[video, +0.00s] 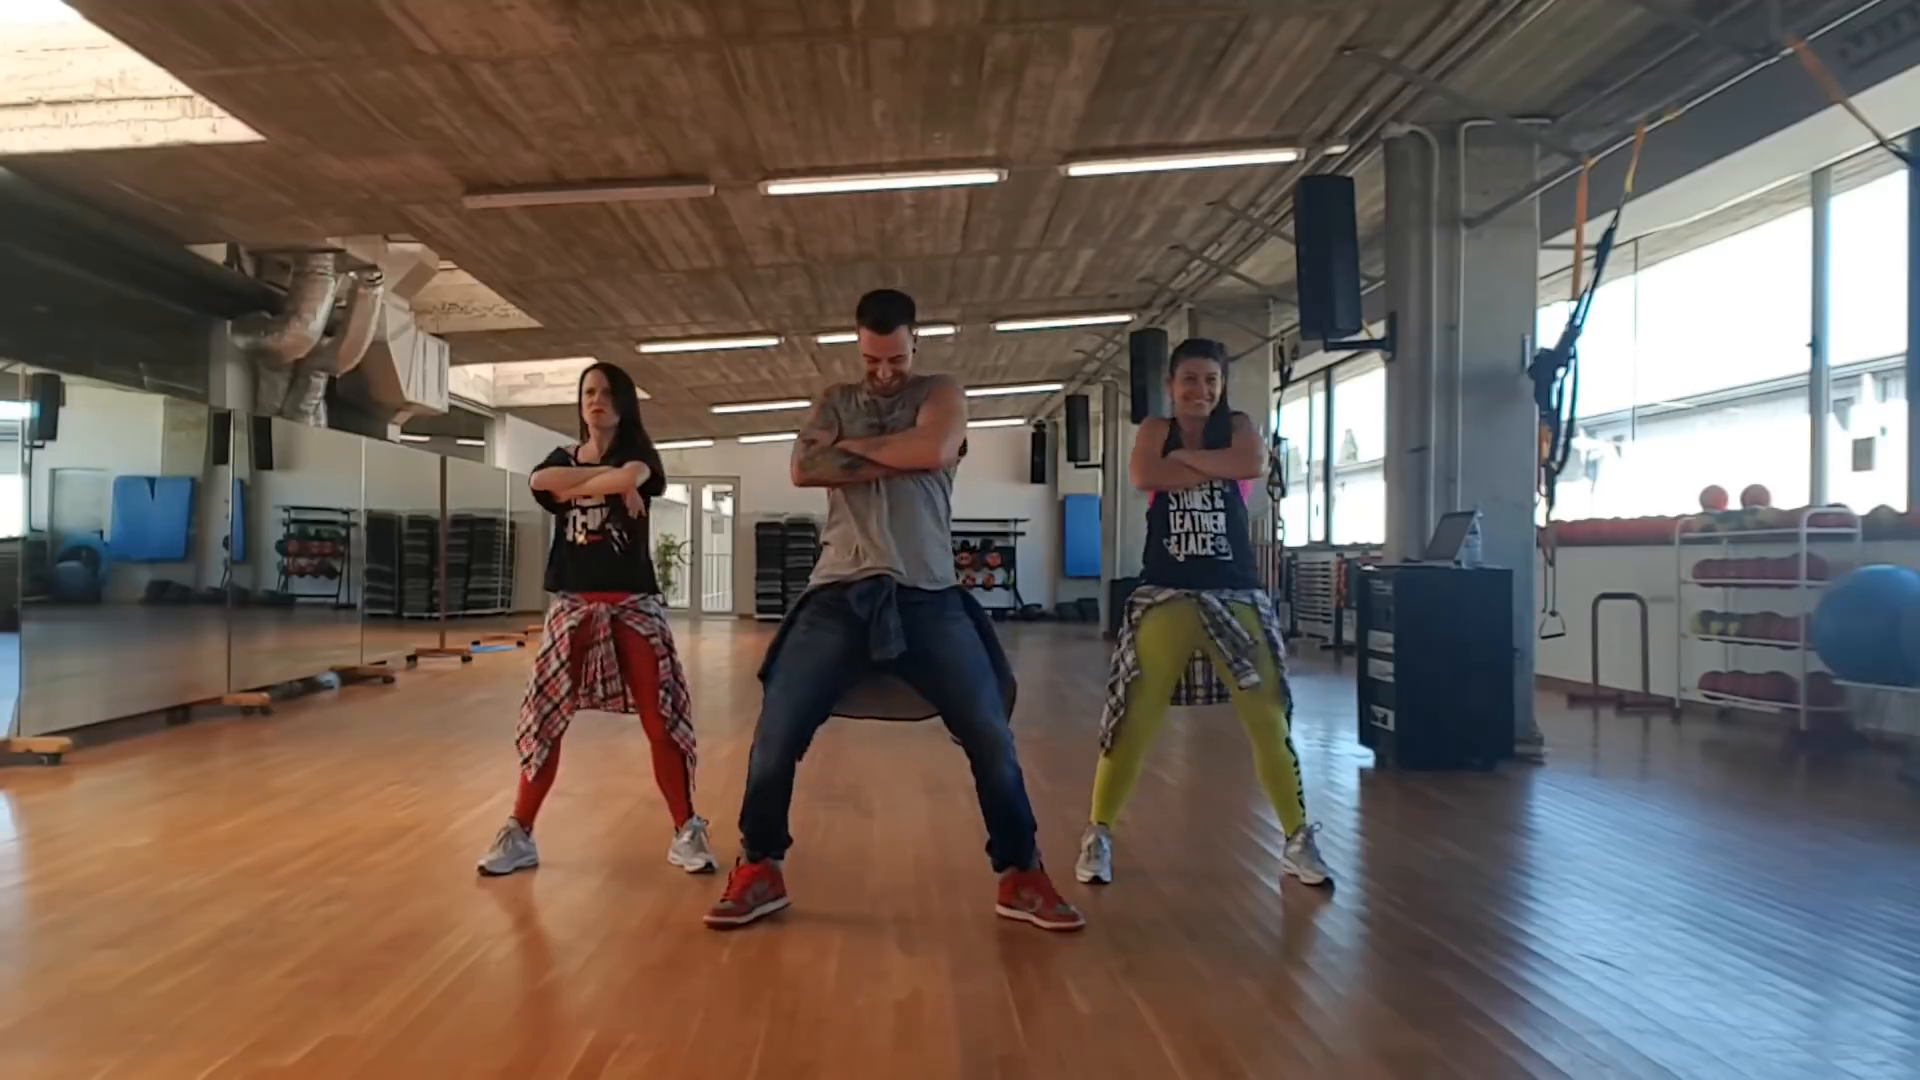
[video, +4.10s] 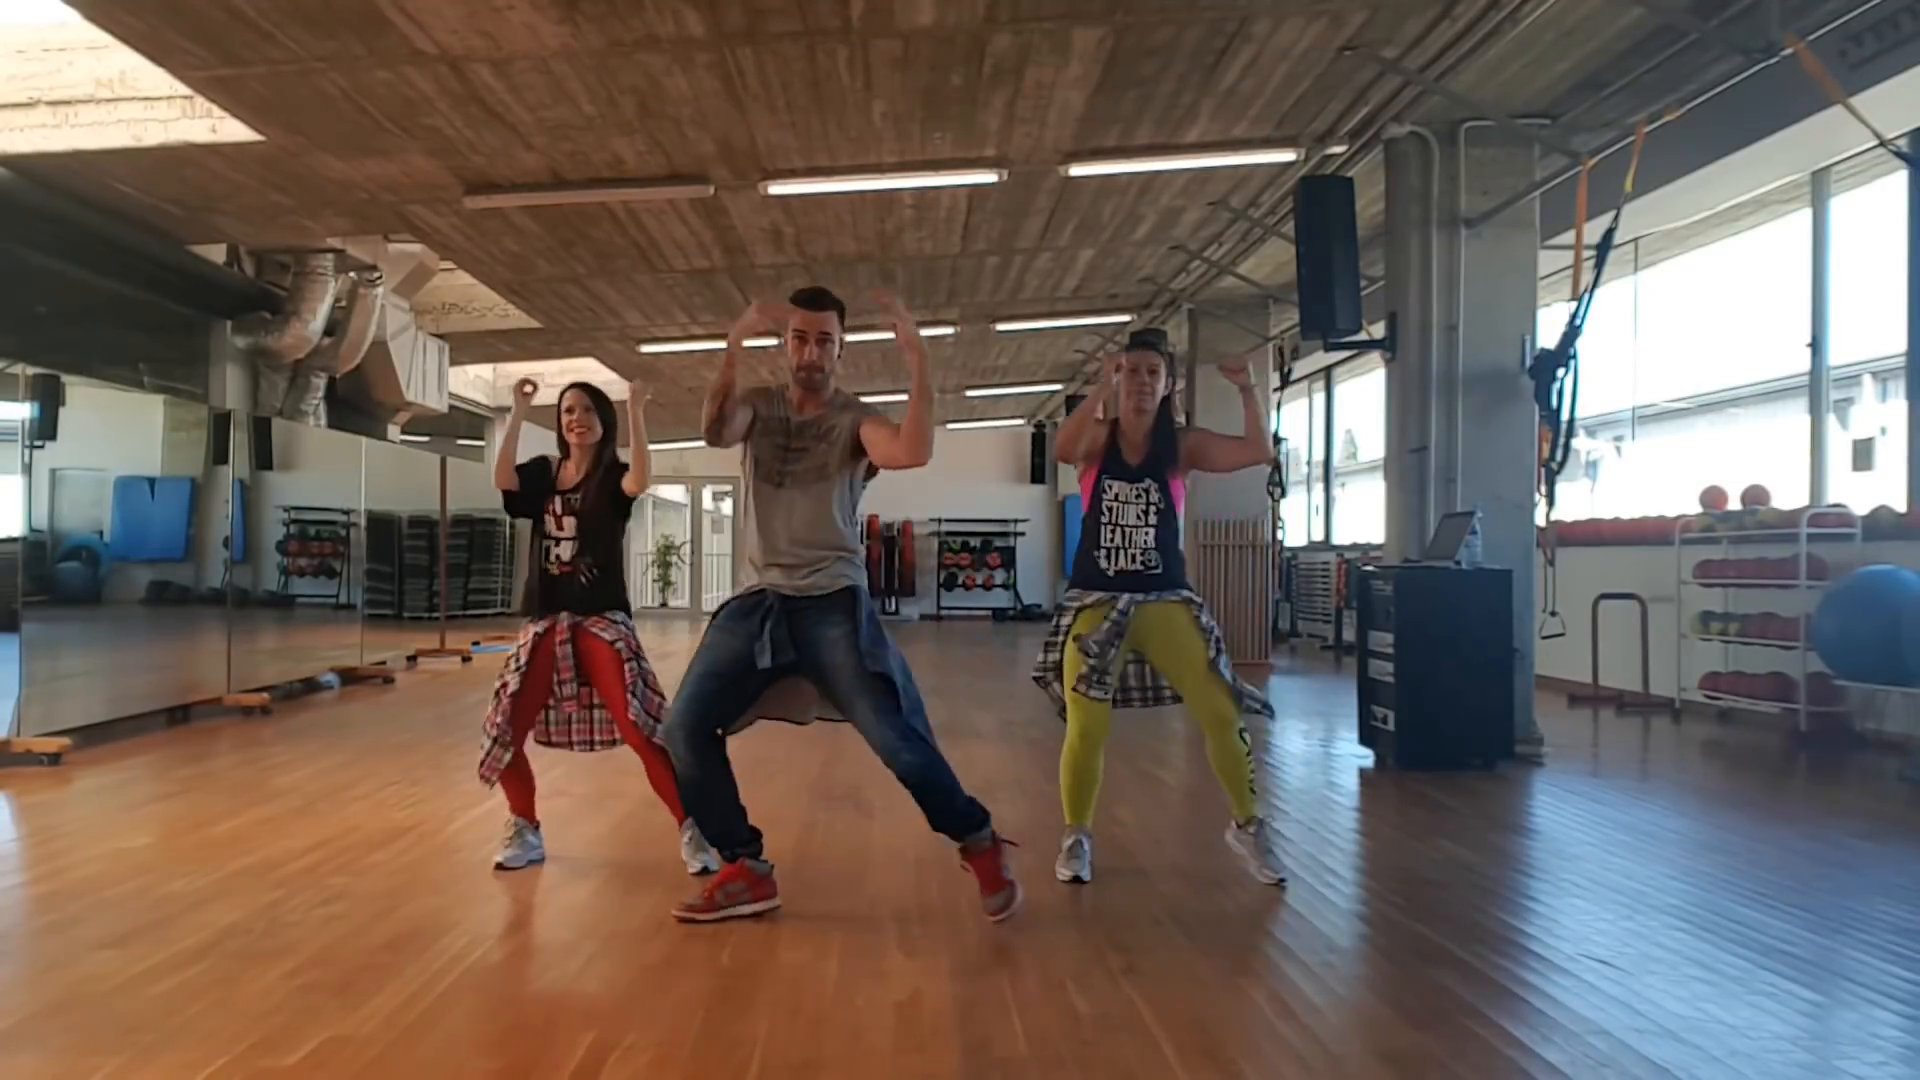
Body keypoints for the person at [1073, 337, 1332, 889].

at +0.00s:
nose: (1199, 389)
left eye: (1209, 380)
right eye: (1189, 379)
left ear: (1222, 386)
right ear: (1170, 384)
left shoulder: (1238, 424)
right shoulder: (1154, 429)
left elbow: (1249, 467)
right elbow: (1143, 475)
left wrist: (1177, 454)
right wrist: (1219, 465)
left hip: (1236, 595)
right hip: (1166, 595)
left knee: (1268, 719)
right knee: (1136, 718)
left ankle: (1298, 841)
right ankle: (1098, 837)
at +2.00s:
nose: (1190, 381)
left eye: (1201, 373)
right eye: (1181, 372)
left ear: (1215, 383)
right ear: (1163, 380)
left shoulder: (1225, 423)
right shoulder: (1146, 433)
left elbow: (1221, 471)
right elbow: (1122, 486)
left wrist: (1154, 465)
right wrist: (1191, 473)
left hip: (1223, 591)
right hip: (1154, 590)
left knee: (1260, 719)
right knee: (1129, 714)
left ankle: (1296, 841)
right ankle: (1096, 837)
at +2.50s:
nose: (1225, 380)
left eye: (1233, 372)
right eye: (1214, 372)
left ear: (1245, 382)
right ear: (1193, 382)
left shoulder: (1253, 432)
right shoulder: (1181, 426)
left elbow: (1292, 484)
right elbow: (1202, 481)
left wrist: (1231, 466)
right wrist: (1260, 483)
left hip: (1249, 598)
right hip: (1182, 598)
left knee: (1275, 723)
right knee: (1146, 721)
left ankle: (1297, 842)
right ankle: (1099, 838)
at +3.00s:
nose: (1197, 374)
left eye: (1206, 367)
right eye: (1186, 366)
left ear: (1220, 379)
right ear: (1170, 379)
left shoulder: (1236, 426)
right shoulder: (1153, 429)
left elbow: (1257, 464)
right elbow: (1141, 478)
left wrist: (1181, 462)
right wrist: (1220, 476)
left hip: (1233, 591)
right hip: (1164, 591)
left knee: (1264, 714)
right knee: (1138, 717)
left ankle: (1297, 841)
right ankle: (1098, 838)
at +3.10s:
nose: (1192, 372)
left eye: (1202, 364)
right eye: (1182, 364)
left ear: (1216, 377)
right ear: (1164, 377)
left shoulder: (1235, 426)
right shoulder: (1146, 429)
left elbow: (1270, 454)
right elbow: (1108, 475)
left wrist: (1203, 431)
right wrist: (1165, 460)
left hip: (1227, 591)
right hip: (1157, 591)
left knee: (1260, 714)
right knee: (1134, 715)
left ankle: (1297, 840)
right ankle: (1098, 838)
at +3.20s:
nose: (1193, 371)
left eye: (1202, 362)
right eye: (1182, 362)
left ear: (1216, 377)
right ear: (1164, 376)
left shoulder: (1232, 428)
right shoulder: (1146, 430)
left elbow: (1287, 444)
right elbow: (1094, 461)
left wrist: (1241, 387)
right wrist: (1145, 410)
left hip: (1226, 592)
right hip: (1157, 592)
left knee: (1258, 712)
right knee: (1132, 714)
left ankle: (1295, 840)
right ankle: (1098, 838)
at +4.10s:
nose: (1141, 382)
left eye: (1151, 373)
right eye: (1131, 372)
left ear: (1168, 386)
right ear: (1116, 382)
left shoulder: (1181, 445)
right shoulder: (1097, 437)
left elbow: (1256, 451)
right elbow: (1065, 450)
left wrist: (1245, 386)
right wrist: (1101, 392)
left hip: (1164, 600)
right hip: (1095, 600)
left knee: (1219, 710)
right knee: (1085, 729)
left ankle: (1248, 827)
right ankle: (1076, 837)